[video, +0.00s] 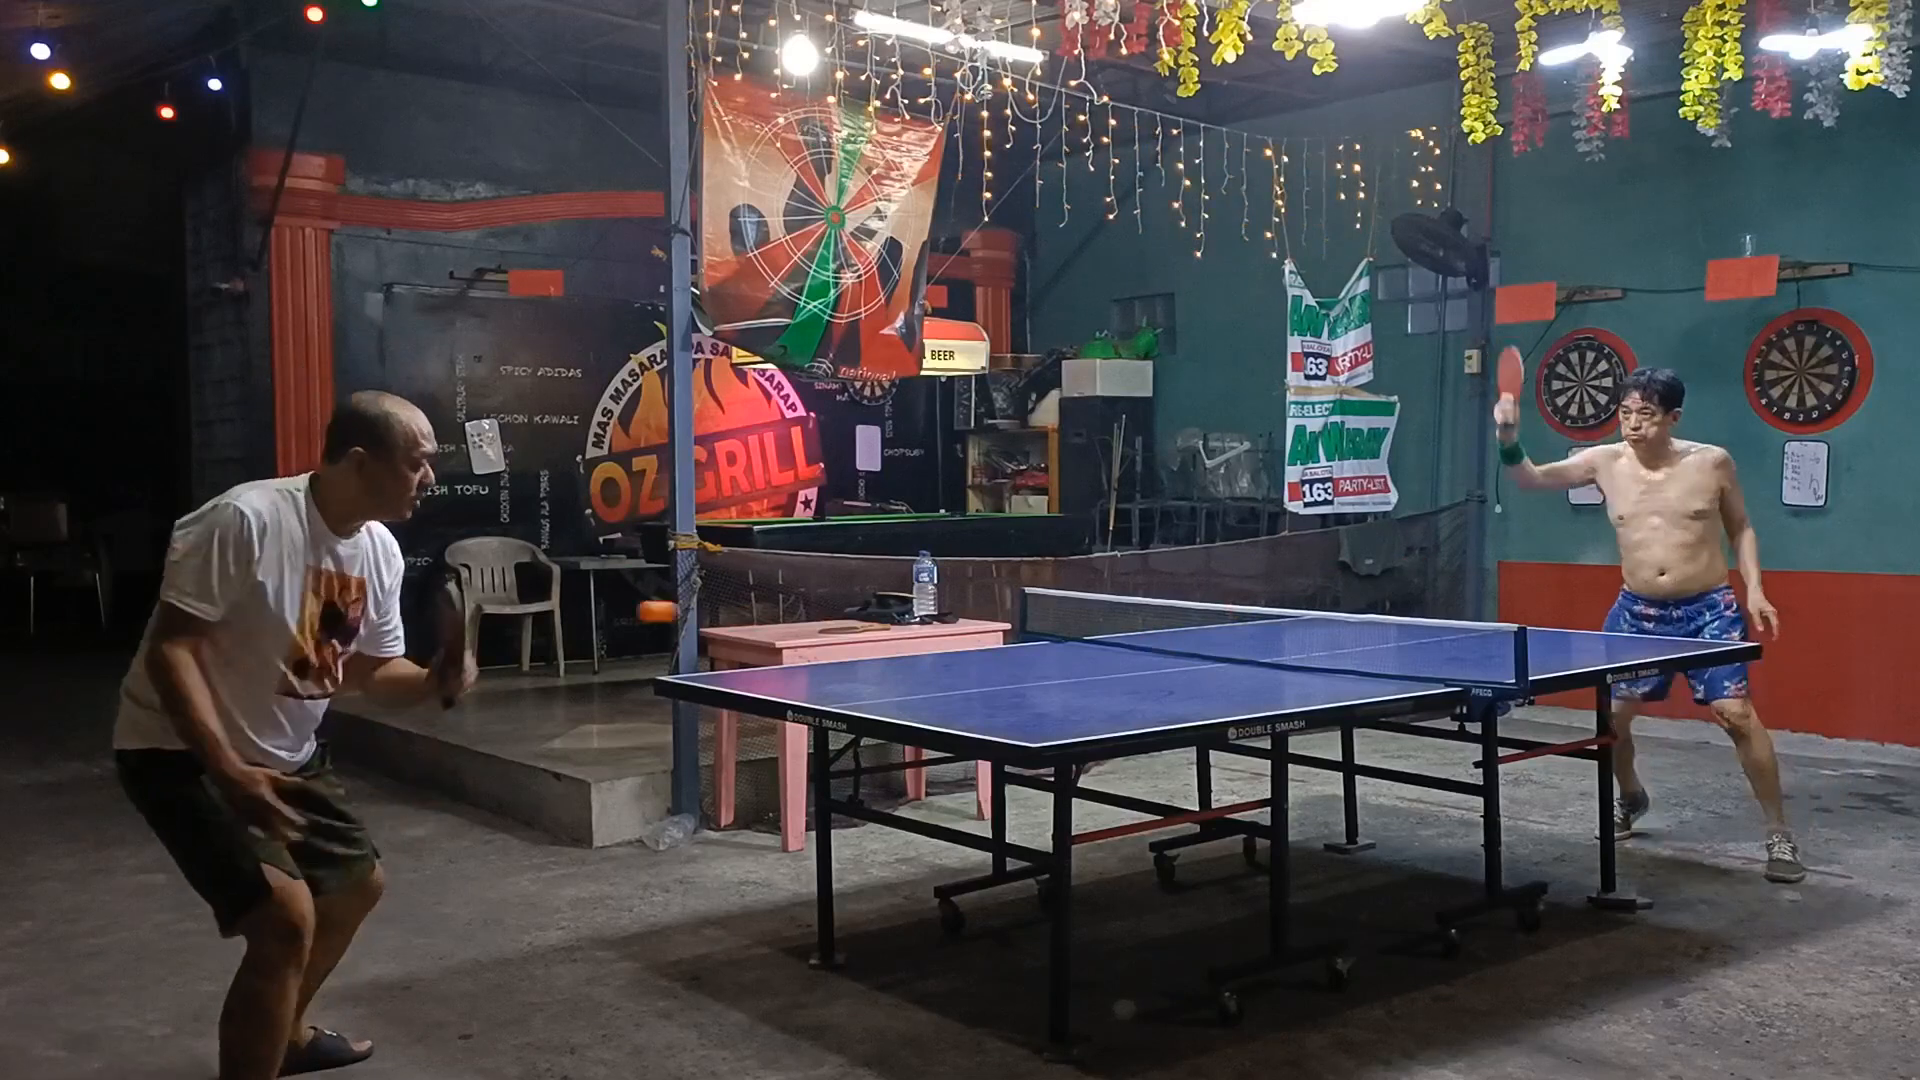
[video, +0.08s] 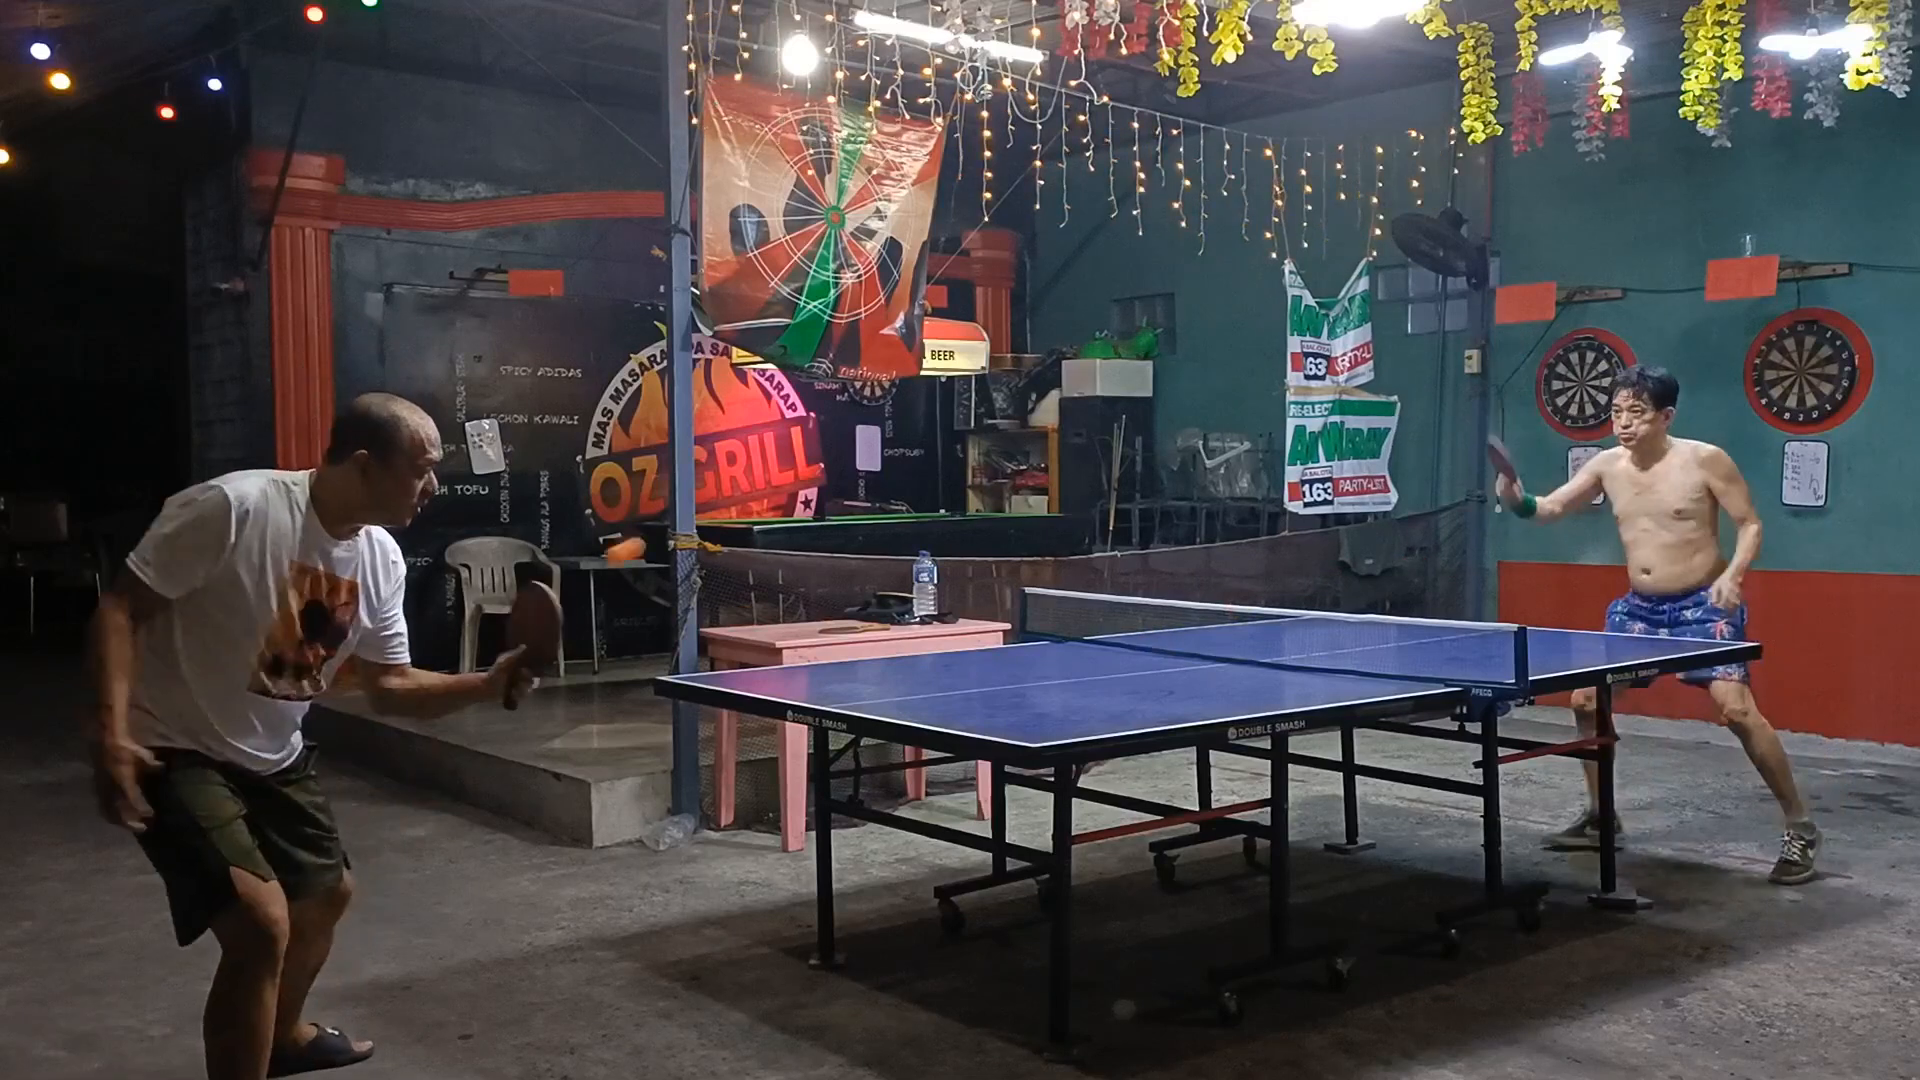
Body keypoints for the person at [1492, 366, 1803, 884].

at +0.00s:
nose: (1633, 423)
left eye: (1645, 415)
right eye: (1626, 413)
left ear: (1672, 417)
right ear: (1619, 414)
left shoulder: (1712, 463)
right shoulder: (1604, 461)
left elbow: (1740, 528)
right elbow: (1530, 477)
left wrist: (1754, 591)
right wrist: (1507, 438)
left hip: (1708, 612)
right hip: (1636, 614)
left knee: (1737, 715)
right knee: (1611, 718)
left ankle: (1778, 833)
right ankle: (1631, 796)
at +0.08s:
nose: (1623, 422)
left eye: (1635, 412)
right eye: (1617, 413)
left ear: (1665, 415)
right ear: (1612, 416)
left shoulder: (1704, 460)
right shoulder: (1607, 464)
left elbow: (1750, 525)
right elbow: (1553, 506)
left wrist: (1734, 572)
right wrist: (1519, 503)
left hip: (1703, 608)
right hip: (1637, 612)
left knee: (1736, 710)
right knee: (1585, 700)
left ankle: (1800, 828)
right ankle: (1600, 816)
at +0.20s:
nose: (1617, 439)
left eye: (1628, 429)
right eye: (1612, 429)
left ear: (1660, 432)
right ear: (1608, 432)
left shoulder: (1696, 475)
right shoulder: (1611, 484)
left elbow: (1734, 548)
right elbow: (1568, 535)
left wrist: (1677, 584)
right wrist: (1535, 543)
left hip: (1708, 622)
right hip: (1646, 625)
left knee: (1737, 729)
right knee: (1581, 708)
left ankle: (1808, 854)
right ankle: (1594, 825)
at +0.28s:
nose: (1618, 452)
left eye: (1630, 443)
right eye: (1614, 443)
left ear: (1662, 446)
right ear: (1611, 447)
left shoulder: (1695, 487)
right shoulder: (1623, 500)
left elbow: (1704, 559)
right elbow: (1583, 554)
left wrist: (1632, 595)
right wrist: (1539, 563)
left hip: (1718, 633)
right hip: (1660, 636)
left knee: (1739, 736)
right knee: (1581, 711)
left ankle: (1818, 858)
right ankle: (1594, 826)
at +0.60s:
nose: (1589, 457)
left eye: (1597, 446)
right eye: (1587, 447)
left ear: (1631, 444)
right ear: (1624, 447)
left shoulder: (1655, 482)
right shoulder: (1637, 487)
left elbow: (1630, 558)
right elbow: (1626, 554)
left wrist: (1562, 612)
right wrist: (1561, 563)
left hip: (1699, 632)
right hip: (1659, 633)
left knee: (1711, 747)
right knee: (1588, 702)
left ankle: (1817, 853)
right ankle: (1554, 803)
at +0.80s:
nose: (1543, 462)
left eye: (1548, 450)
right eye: (1542, 452)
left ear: (1579, 447)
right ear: (1590, 449)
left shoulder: (1583, 479)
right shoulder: (1629, 486)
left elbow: (1587, 531)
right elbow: (1620, 563)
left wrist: (1560, 601)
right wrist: (1570, 556)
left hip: (1636, 622)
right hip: (1628, 622)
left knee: (1656, 736)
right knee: (1551, 698)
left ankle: (1775, 825)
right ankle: (1546, 804)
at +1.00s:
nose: (1511, 480)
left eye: (1515, 469)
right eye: (1510, 470)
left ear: (1539, 465)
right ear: (1555, 468)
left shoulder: (1546, 487)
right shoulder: (1595, 501)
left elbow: (1549, 532)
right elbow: (1600, 566)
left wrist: (1541, 594)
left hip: (1596, 619)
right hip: (1622, 619)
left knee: (1615, 721)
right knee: (1518, 688)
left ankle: (1723, 812)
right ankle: (1541, 801)